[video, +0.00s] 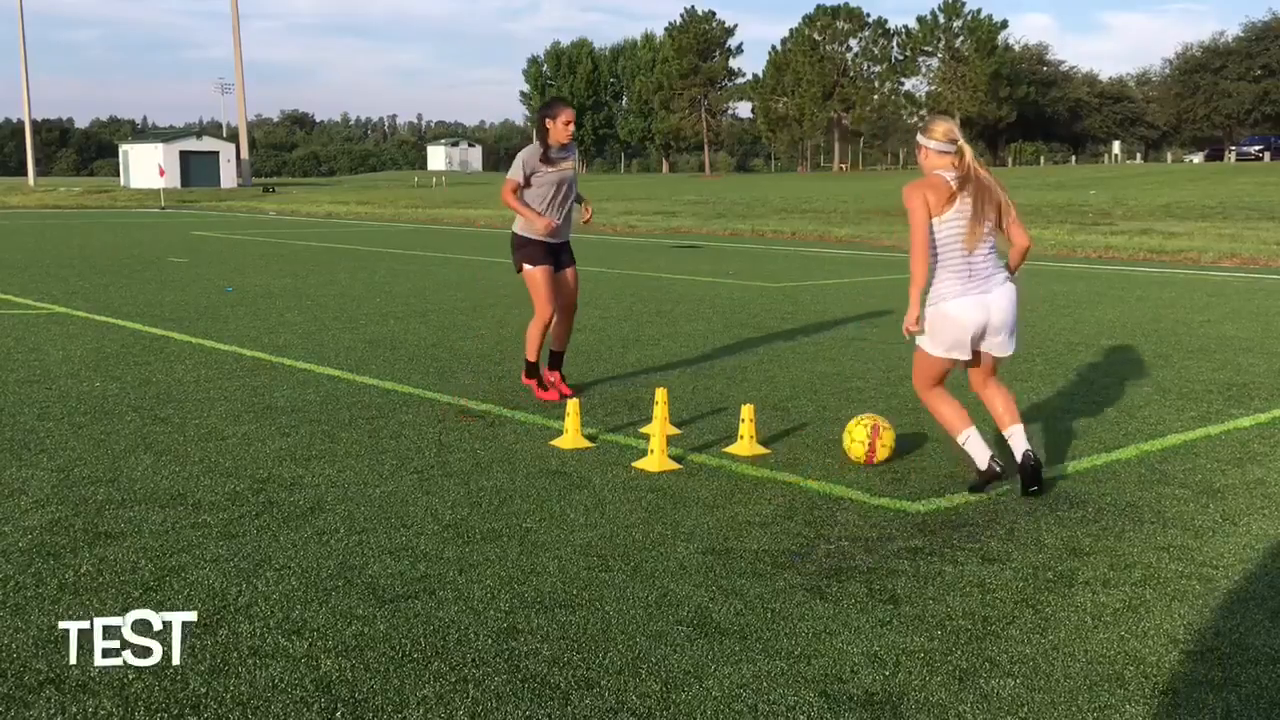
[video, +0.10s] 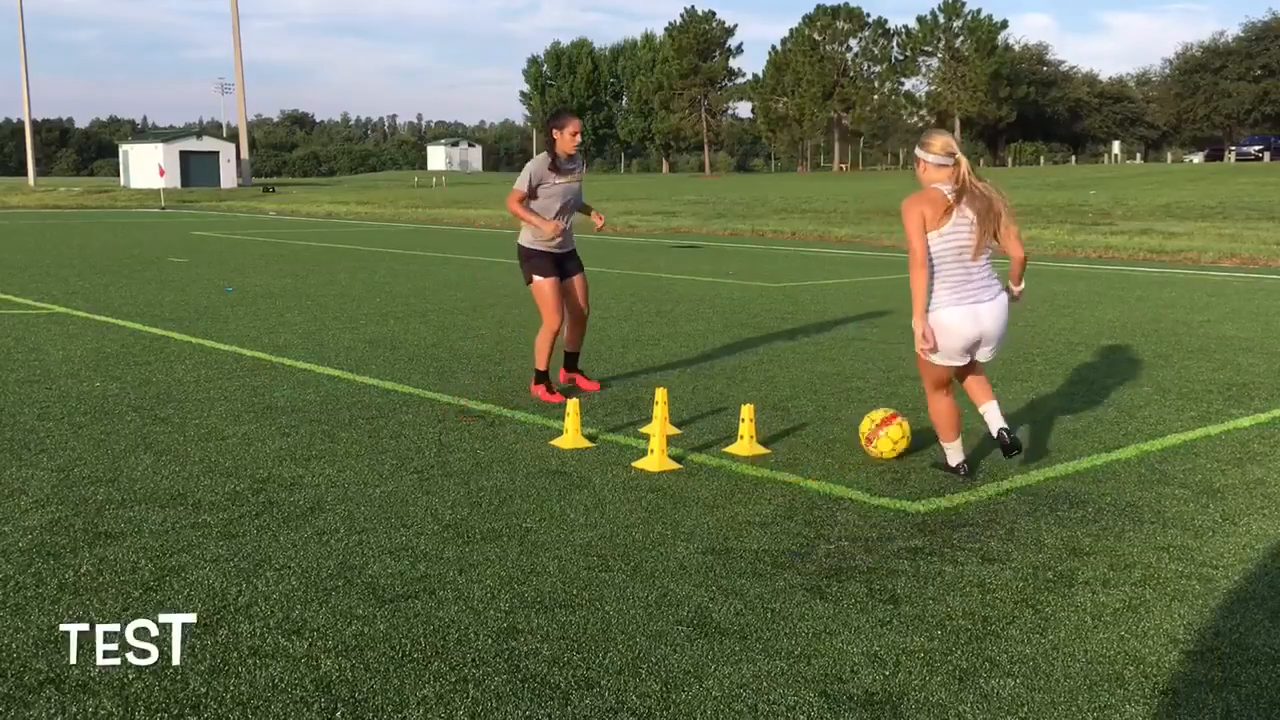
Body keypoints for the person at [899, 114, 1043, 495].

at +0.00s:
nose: (918, 156)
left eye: (919, 150)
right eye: (919, 149)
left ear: (928, 151)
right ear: (957, 149)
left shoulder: (920, 189)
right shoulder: (986, 183)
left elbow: (921, 252)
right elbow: (1022, 242)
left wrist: (914, 303)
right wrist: (1006, 274)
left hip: (954, 306)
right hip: (1000, 299)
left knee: (927, 383)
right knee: (984, 376)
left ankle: (986, 462)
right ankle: (1025, 454)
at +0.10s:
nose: (916, 169)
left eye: (917, 164)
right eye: (917, 164)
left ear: (923, 165)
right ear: (956, 162)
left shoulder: (917, 204)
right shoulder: (984, 196)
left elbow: (920, 263)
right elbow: (1017, 252)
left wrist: (919, 318)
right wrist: (1016, 284)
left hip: (946, 316)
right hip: (992, 308)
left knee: (939, 388)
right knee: (968, 366)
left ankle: (956, 461)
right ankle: (1000, 427)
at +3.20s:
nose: (935, 182)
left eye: (936, 176)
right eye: (936, 176)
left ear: (942, 176)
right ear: (972, 175)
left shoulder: (930, 207)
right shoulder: (1002, 207)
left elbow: (907, 267)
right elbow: (1035, 259)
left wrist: (892, 303)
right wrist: (1064, 302)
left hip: (957, 313)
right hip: (1006, 311)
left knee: (923, 385)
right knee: (976, 382)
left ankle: (959, 464)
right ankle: (987, 465)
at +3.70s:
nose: (869, 163)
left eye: (870, 157)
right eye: (870, 157)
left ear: (878, 159)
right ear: (908, 158)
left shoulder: (868, 197)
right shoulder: (931, 198)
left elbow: (853, 268)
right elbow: (966, 256)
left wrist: (868, 284)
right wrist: (929, 278)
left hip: (903, 311)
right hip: (948, 309)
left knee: (851, 388)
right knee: (939, 390)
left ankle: (866, 485)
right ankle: (969, 463)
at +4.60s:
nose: (785, 130)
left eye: (787, 122)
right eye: (787, 122)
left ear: (797, 124)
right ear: (829, 128)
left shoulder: (798, 161)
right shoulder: (845, 171)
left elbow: (812, 215)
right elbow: (888, 234)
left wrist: (784, 268)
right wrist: (881, 287)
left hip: (820, 305)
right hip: (863, 303)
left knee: (797, 423)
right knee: (843, 413)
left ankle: (818, 540)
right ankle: (874, 512)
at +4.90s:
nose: (751, 172)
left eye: (751, 163)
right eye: (750, 163)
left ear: (764, 158)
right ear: (794, 157)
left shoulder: (777, 196)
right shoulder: (826, 197)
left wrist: (711, 305)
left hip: (822, 331)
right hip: (845, 328)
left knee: (762, 431)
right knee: (741, 407)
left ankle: (793, 552)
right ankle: (801, 505)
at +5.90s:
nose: (878, 156)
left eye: (879, 150)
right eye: (879, 150)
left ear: (885, 152)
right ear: (914, 150)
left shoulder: (874, 186)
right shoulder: (937, 184)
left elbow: (860, 233)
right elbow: (967, 244)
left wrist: (850, 280)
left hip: (894, 300)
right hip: (943, 292)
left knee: (899, 368)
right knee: (942, 347)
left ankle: (944, 442)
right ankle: (979, 418)